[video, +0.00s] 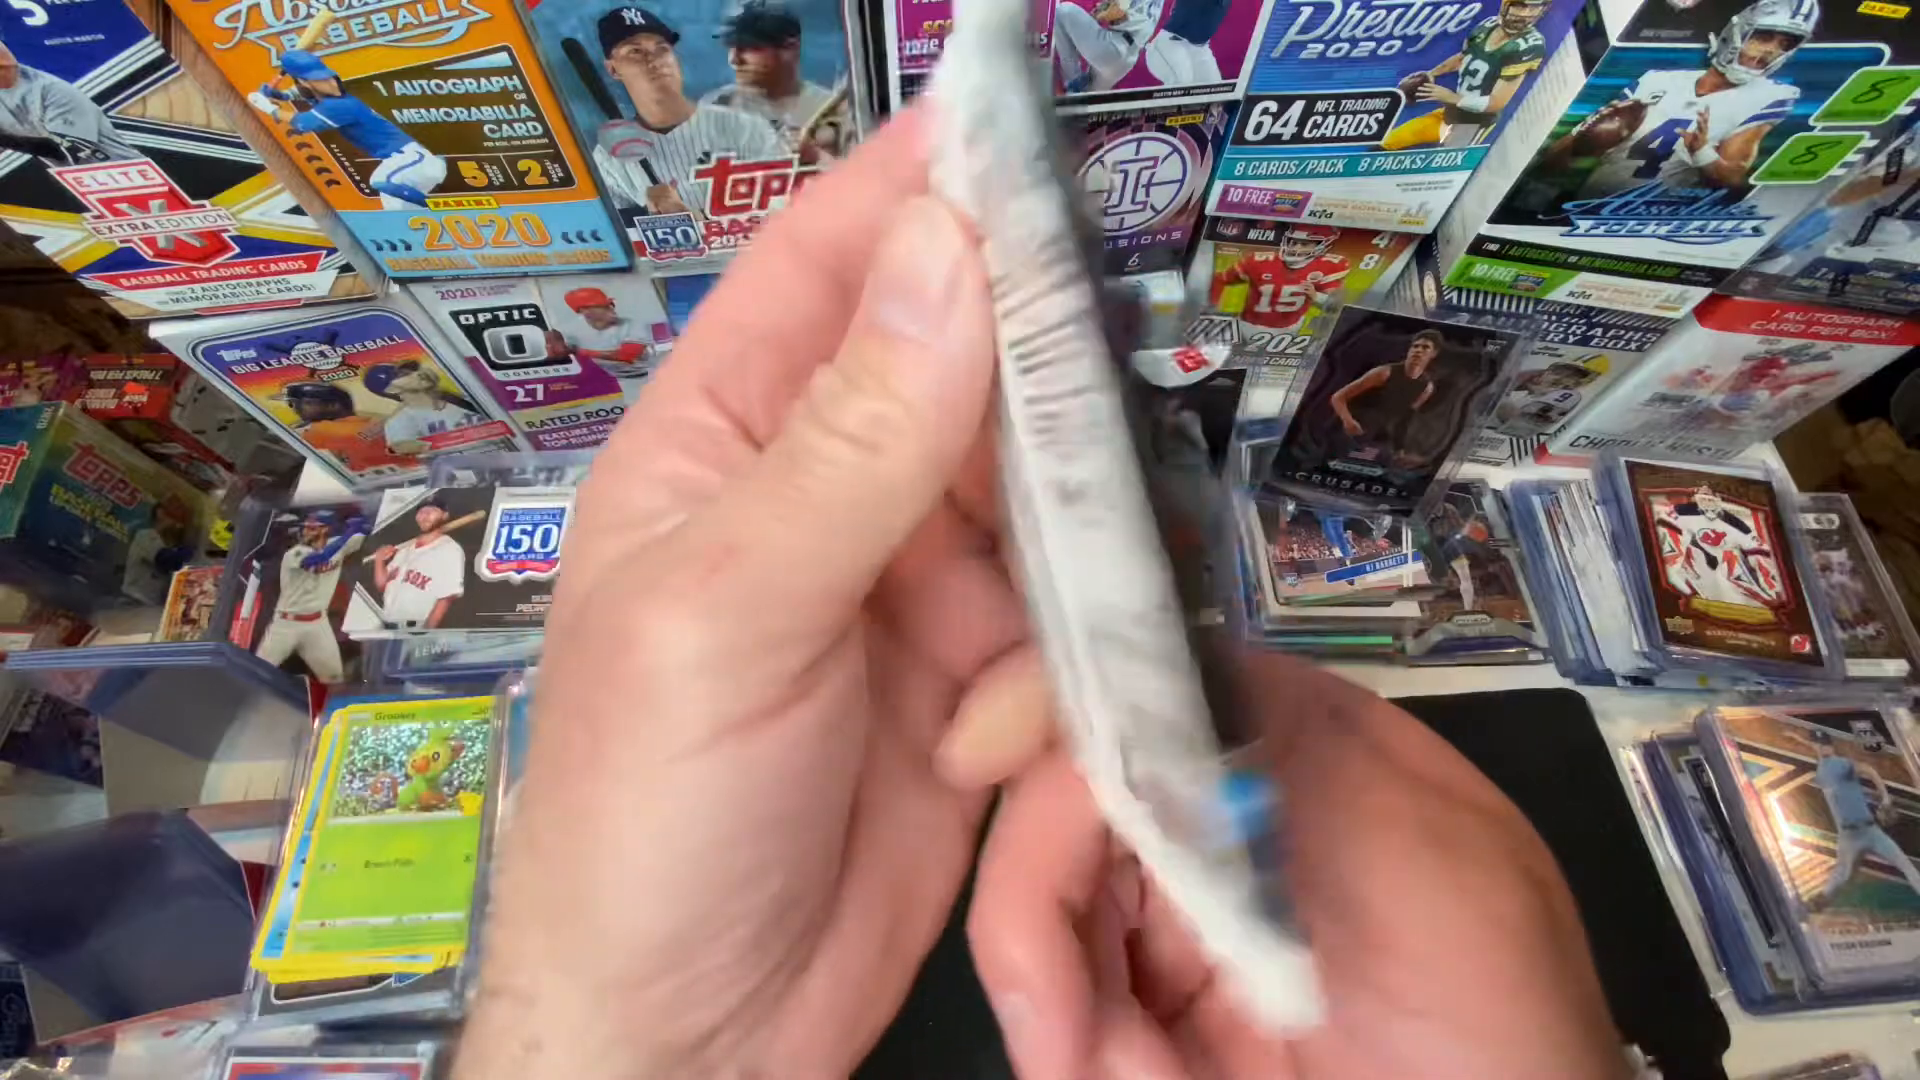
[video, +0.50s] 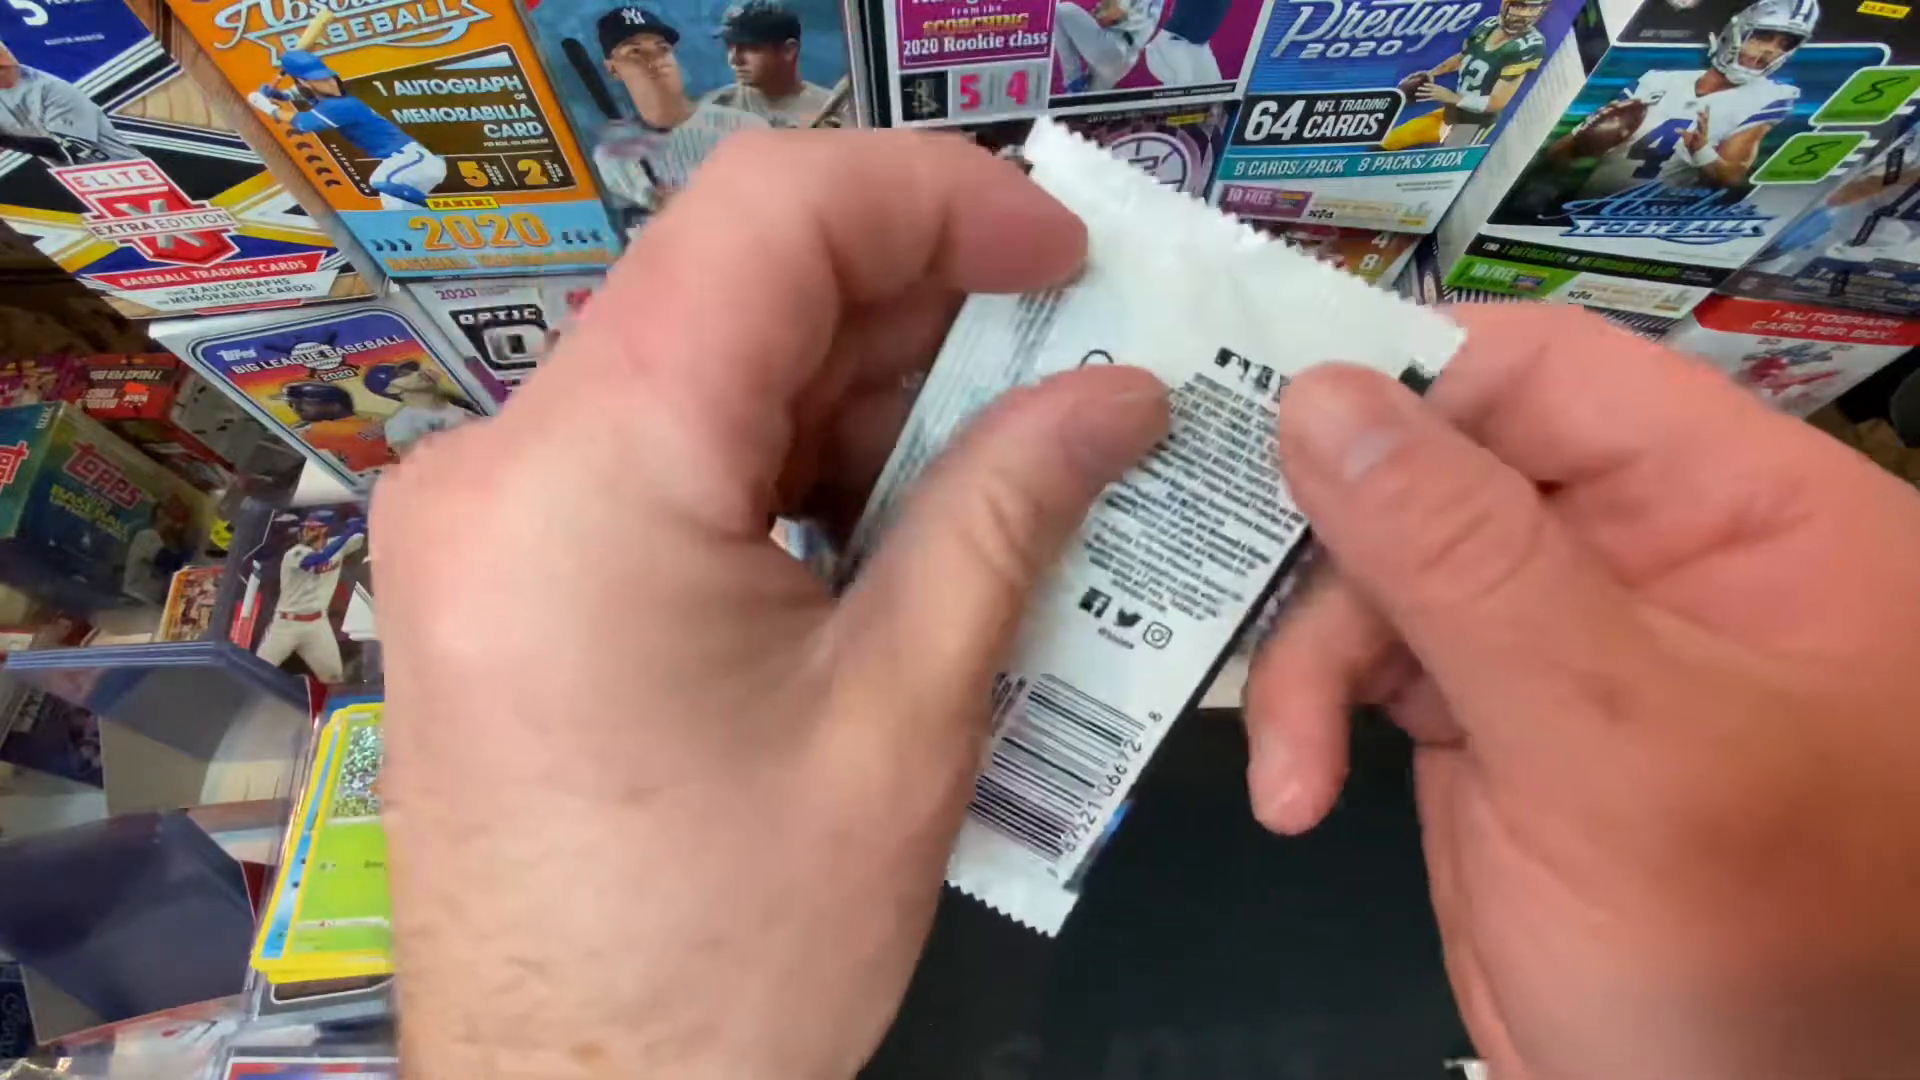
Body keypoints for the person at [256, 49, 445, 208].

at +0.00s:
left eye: (301, 82)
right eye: (301, 82)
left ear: (309, 83)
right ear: (311, 81)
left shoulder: (342, 106)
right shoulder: (333, 101)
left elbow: (299, 123)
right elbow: (303, 92)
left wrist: (270, 109)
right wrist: (277, 95)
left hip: (414, 158)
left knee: (381, 180)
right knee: (397, 219)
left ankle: (434, 212)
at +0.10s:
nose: (303, 88)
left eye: (303, 83)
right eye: (304, 83)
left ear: (311, 83)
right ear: (319, 80)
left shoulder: (341, 106)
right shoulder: (332, 100)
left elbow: (299, 122)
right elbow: (300, 93)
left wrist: (270, 108)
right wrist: (275, 93)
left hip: (415, 158)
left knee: (380, 180)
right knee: (397, 219)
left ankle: (430, 213)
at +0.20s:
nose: (299, 87)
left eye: (300, 82)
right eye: (298, 83)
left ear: (309, 82)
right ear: (322, 78)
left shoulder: (342, 106)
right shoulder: (333, 101)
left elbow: (299, 122)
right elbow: (301, 93)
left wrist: (270, 108)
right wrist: (275, 94)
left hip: (415, 158)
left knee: (380, 180)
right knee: (398, 219)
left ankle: (431, 215)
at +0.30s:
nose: (299, 87)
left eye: (299, 82)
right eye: (298, 83)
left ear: (308, 83)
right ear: (324, 78)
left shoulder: (342, 107)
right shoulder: (335, 101)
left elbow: (299, 122)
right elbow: (301, 93)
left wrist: (270, 108)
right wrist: (276, 94)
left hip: (415, 158)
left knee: (380, 179)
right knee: (397, 218)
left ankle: (430, 214)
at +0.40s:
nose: (299, 87)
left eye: (300, 82)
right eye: (299, 83)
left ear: (308, 83)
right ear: (323, 79)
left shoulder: (342, 107)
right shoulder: (333, 102)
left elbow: (299, 122)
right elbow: (302, 93)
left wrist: (269, 109)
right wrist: (278, 95)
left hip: (415, 159)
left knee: (381, 179)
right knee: (396, 218)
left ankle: (430, 214)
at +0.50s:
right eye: (323, 77)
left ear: (306, 83)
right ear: (306, 83)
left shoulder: (343, 106)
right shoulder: (332, 104)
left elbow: (300, 122)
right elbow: (300, 93)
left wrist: (270, 109)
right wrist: (275, 95)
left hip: (416, 159)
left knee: (381, 180)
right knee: (398, 218)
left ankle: (433, 218)